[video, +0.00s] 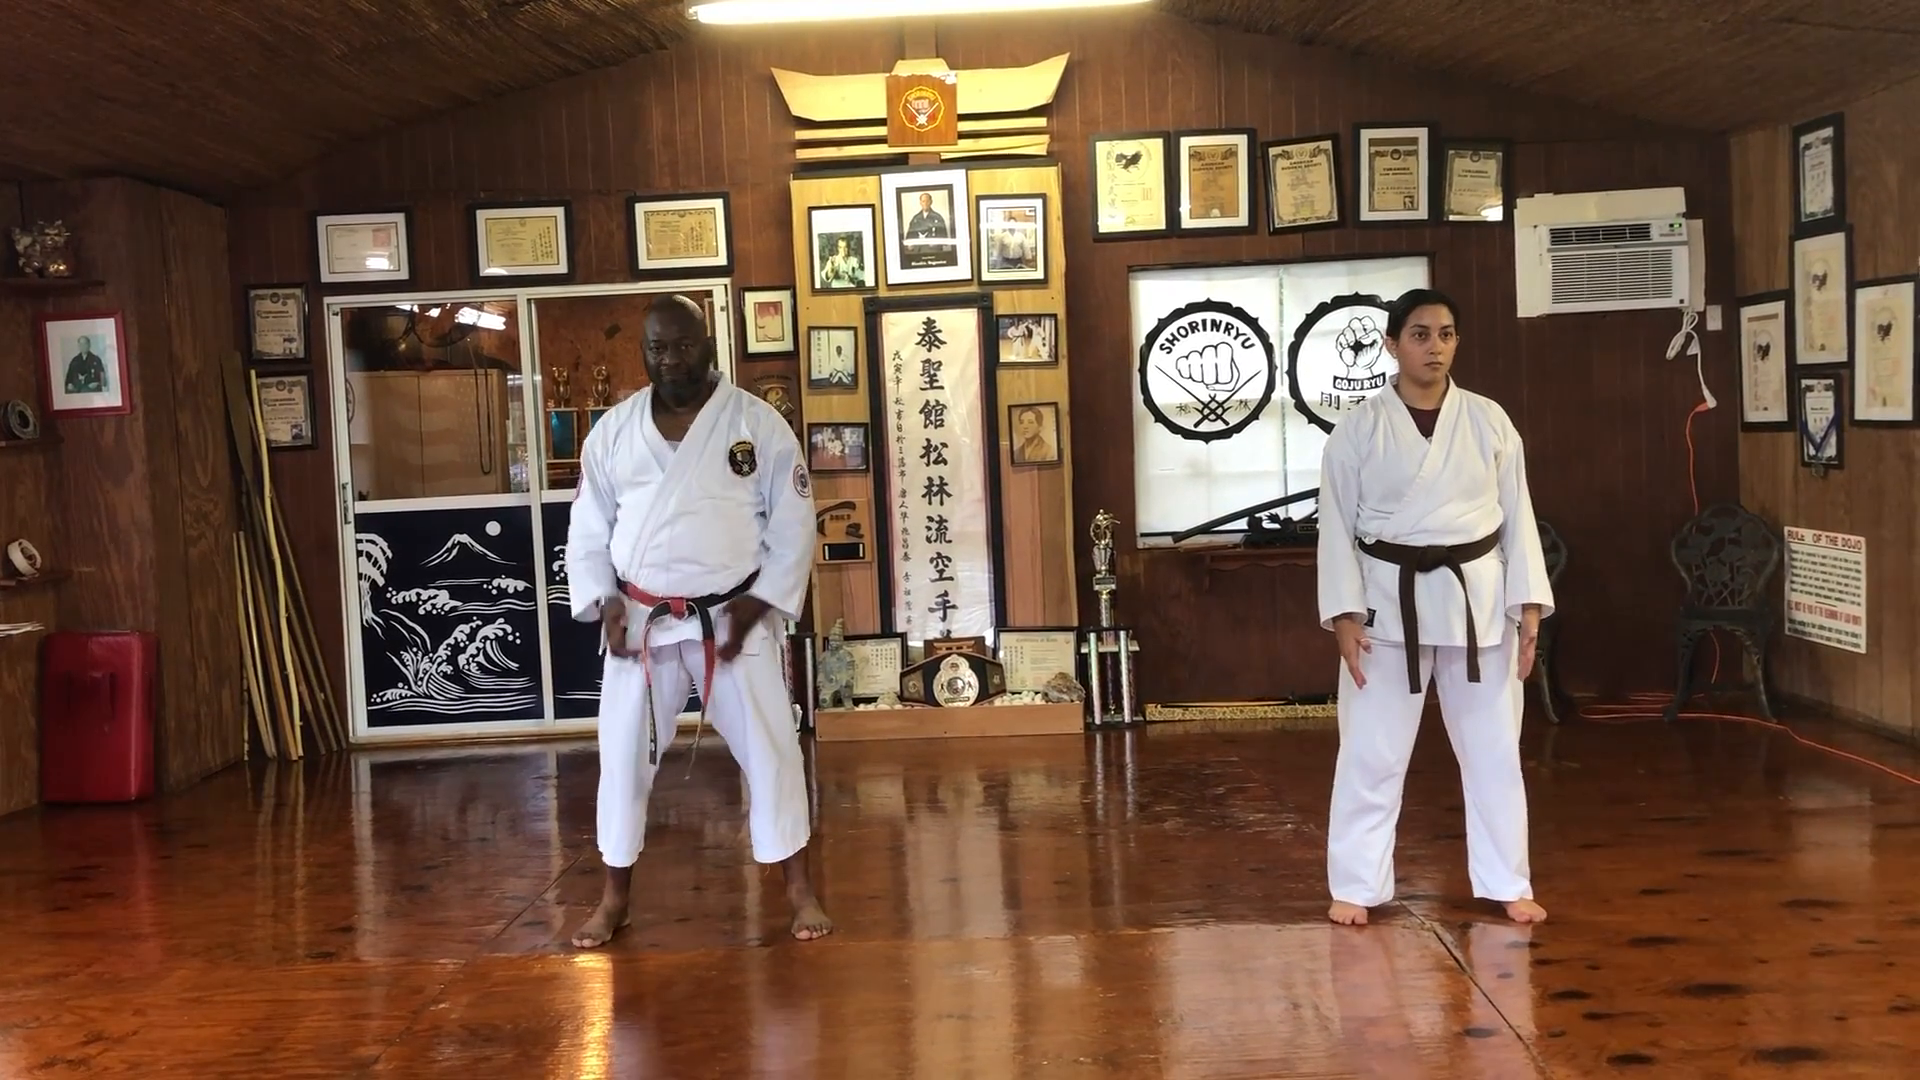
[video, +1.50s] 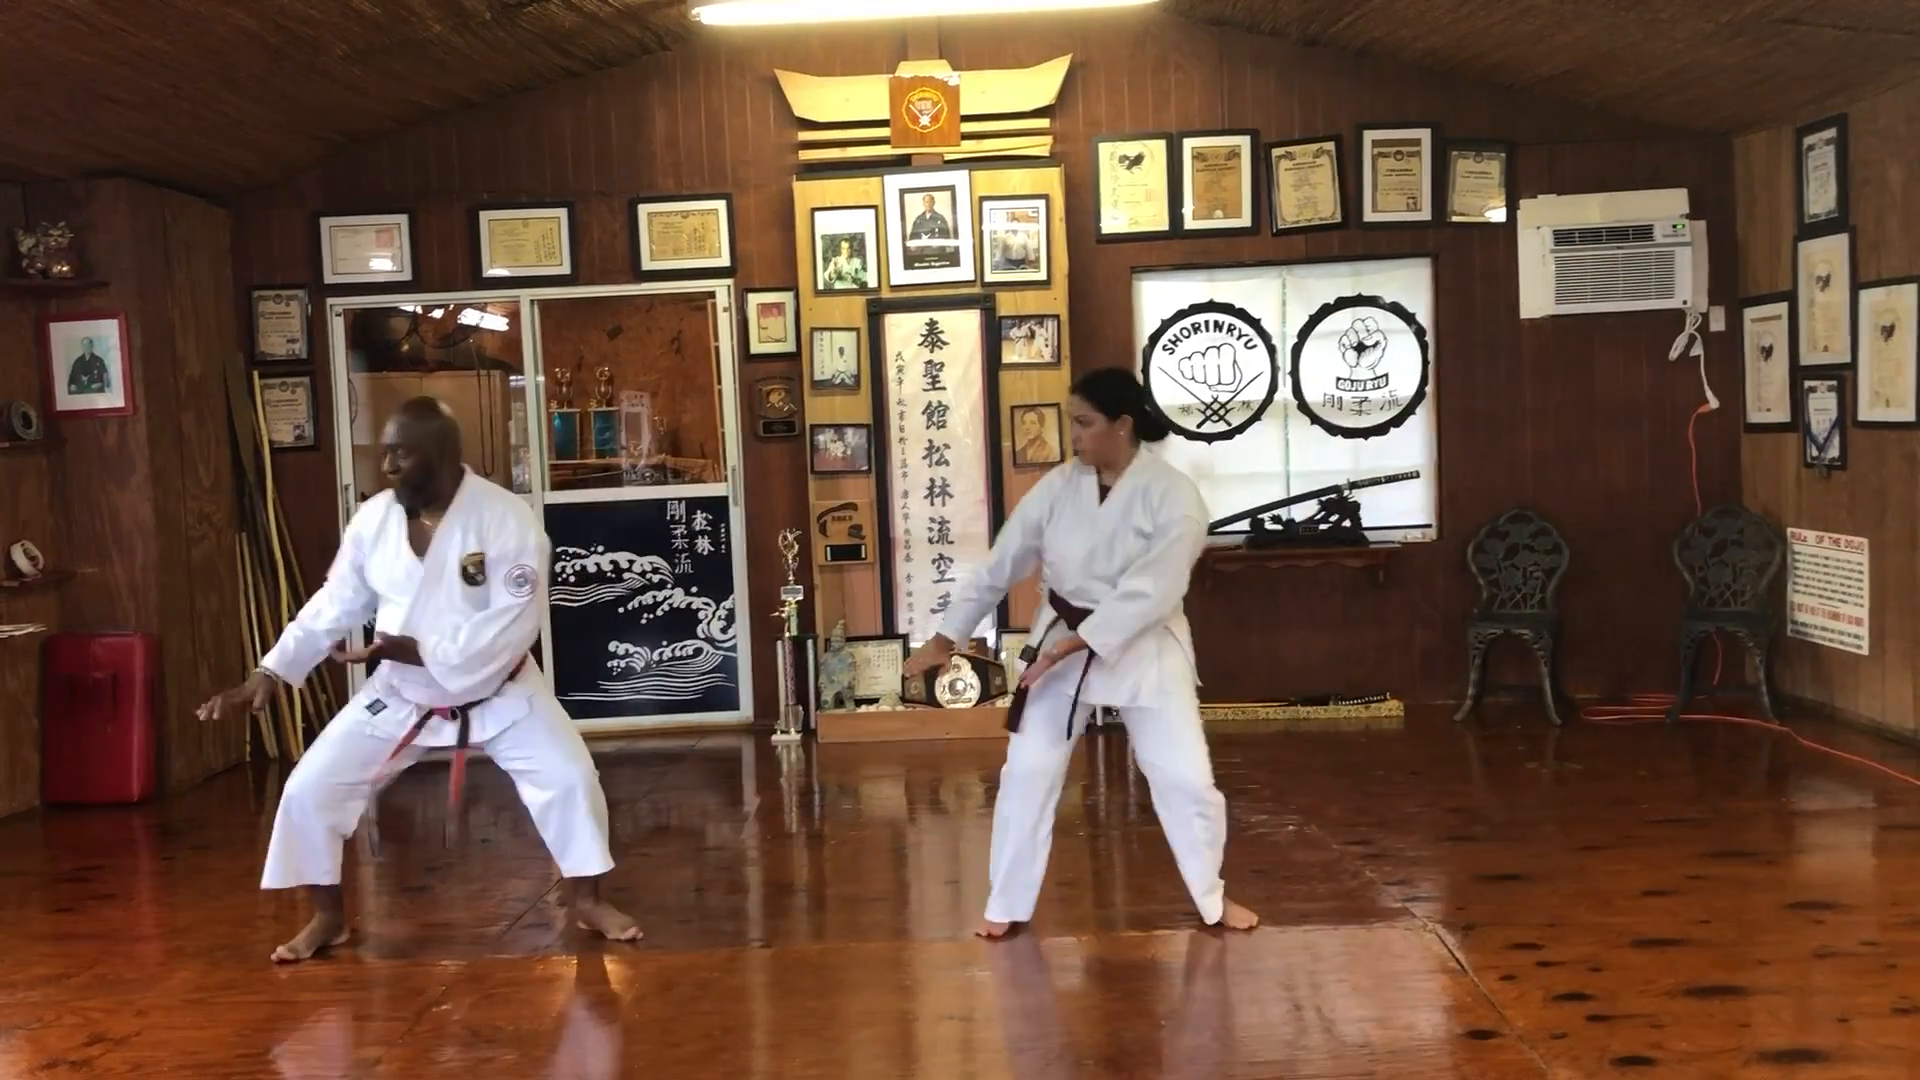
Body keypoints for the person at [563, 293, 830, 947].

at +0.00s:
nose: (668, 360)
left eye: (681, 346)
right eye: (656, 349)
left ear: (707, 344)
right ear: (642, 354)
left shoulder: (757, 424)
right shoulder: (611, 432)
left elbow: (793, 522)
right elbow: (589, 524)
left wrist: (759, 600)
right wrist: (602, 598)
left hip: (734, 615)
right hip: (639, 619)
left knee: (772, 750)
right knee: (622, 757)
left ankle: (800, 889)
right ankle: (612, 898)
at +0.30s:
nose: (651, 416)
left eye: (662, 404)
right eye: (641, 405)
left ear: (684, 390)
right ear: (626, 396)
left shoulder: (726, 425)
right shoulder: (608, 426)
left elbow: (773, 457)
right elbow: (557, 462)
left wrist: (722, 403)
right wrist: (546, 396)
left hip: (739, 619)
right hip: (648, 625)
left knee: (768, 750)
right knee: (622, 754)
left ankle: (786, 893)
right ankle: (599, 899)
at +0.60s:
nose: (656, 413)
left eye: (667, 400)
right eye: (643, 402)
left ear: (689, 391)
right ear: (626, 398)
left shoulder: (732, 426)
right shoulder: (606, 433)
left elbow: (785, 487)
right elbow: (543, 496)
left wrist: (719, 429)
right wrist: (555, 439)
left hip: (738, 616)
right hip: (646, 622)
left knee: (767, 752)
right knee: (623, 757)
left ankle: (786, 892)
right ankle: (604, 901)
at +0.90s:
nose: (657, 410)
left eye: (671, 398)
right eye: (649, 397)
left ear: (703, 396)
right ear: (639, 394)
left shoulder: (738, 445)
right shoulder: (613, 438)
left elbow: (761, 501)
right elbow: (573, 497)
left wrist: (684, 514)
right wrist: (544, 523)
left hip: (706, 629)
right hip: (611, 627)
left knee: (750, 756)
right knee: (578, 761)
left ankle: (785, 893)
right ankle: (576, 887)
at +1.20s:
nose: (468, 417)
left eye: (481, 409)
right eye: (469, 406)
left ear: (520, 416)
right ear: (474, 412)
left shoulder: (586, 473)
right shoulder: (451, 465)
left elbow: (681, 483)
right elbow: (471, 500)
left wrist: (775, 492)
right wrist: (547, 451)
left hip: (581, 661)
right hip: (480, 670)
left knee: (651, 767)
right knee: (399, 773)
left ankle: (727, 891)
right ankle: (347, 918)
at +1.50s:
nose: (388, 465)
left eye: (400, 452)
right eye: (384, 453)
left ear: (444, 451)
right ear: (387, 456)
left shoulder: (506, 517)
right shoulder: (374, 520)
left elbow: (514, 626)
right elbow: (335, 604)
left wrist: (421, 651)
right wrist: (268, 672)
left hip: (498, 688)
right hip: (397, 690)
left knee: (573, 776)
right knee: (308, 790)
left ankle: (584, 898)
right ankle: (326, 916)